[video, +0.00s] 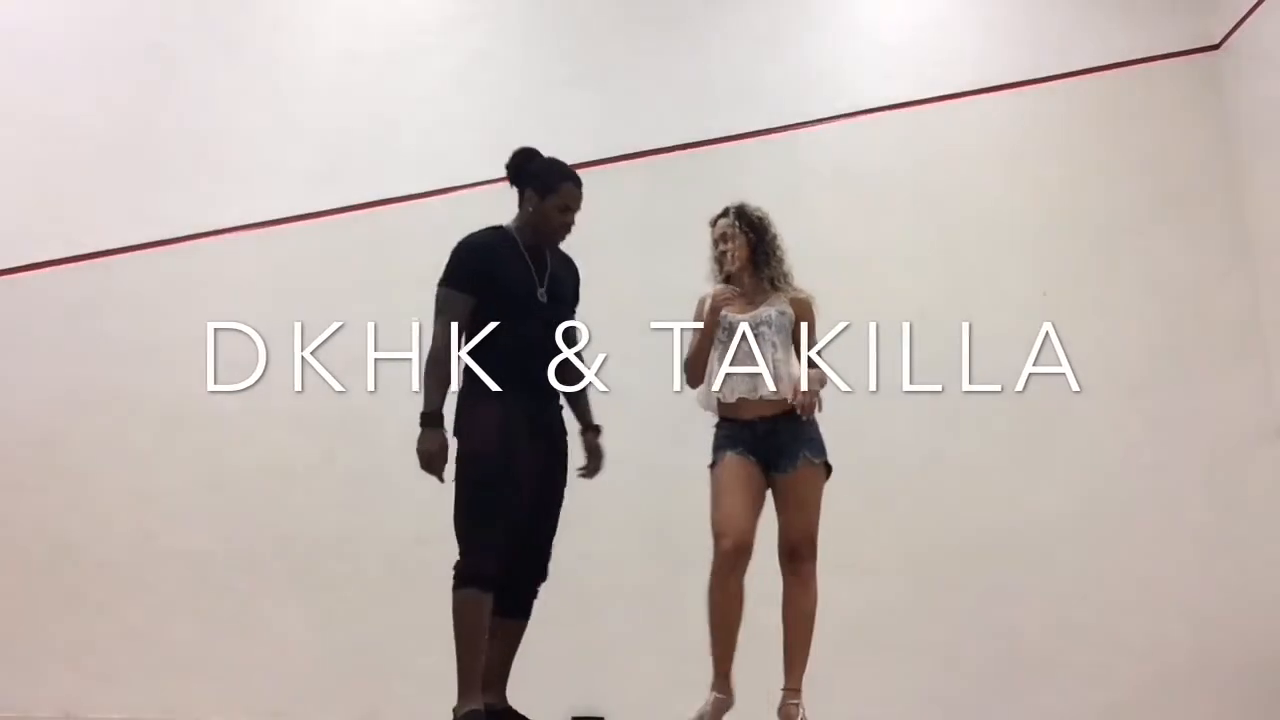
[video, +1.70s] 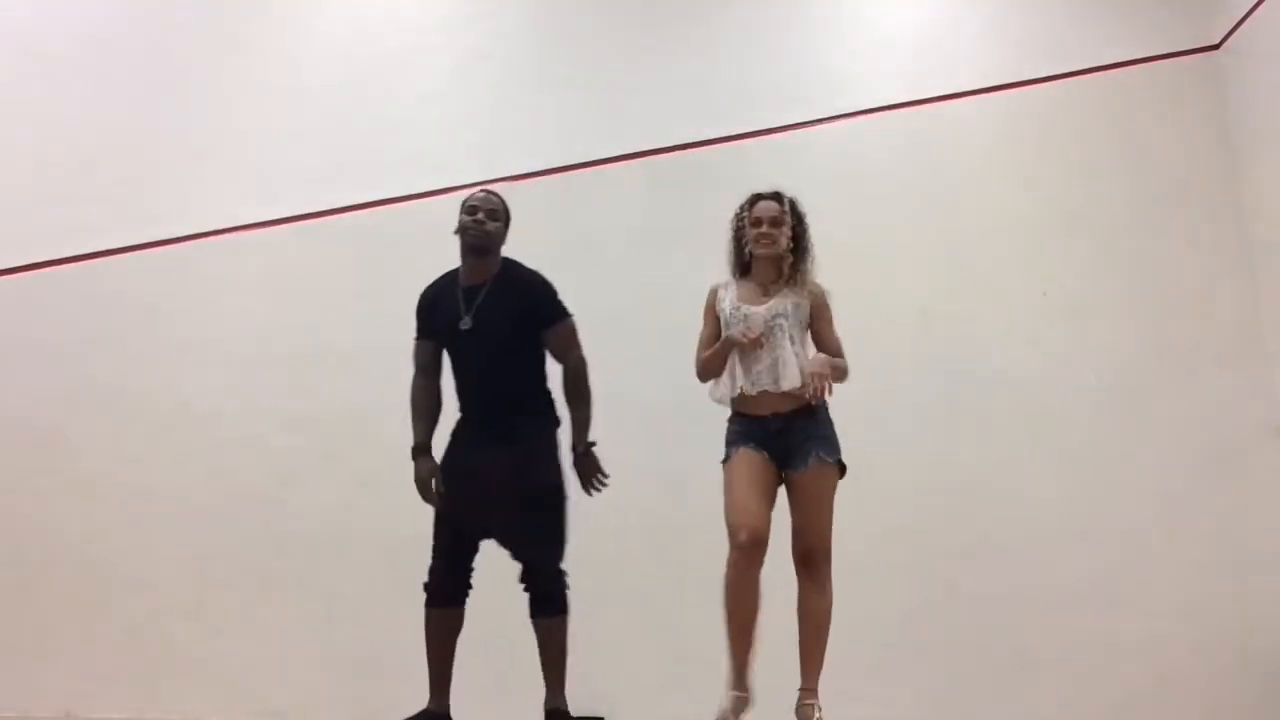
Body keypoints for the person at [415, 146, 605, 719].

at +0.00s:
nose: (573, 221)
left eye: (577, 210)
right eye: (565, 209)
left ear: (565, 208)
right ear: (528, 201)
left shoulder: (564, 269)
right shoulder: (479, 251)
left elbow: (566, 356)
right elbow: (445, 341)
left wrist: (588, 425)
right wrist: (433, 421)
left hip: (544, 432)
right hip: (487, 427)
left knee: (527, 563)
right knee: (482, 556)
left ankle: (495, 696)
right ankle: (469, 699)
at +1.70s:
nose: (479, 219)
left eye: (491, 215)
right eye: (471, 212)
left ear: (505, 233)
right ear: (457, 227)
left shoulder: (531, 288)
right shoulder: (437, 297)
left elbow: (574, 362)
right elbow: (426, 377)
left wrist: (581, 442)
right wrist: (422, 449)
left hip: (531, 449)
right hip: (469, 448)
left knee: (544, 577)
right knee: (445, 577)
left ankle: (556, 703)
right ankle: (438, 704)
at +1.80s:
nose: (471, 219)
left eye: (484, 216)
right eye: (465, 212)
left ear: (499, 235)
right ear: (451, 227)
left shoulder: (524, 290)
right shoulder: (429, 297)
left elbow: (560, 369)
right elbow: (417, 372)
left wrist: (561, 447)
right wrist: (416, 439)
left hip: (516, 446)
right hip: (459, 444)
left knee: (513, 571)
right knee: (439, 573)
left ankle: (543, 700)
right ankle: (438, 704)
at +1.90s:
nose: (475, 215)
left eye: (487, 212)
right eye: (466, 209)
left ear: (500, 234)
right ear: (450, 227)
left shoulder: (521, 291)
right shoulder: (425, 295)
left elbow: (549, 376)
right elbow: (411, 368)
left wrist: (542, 449)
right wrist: (418, 424)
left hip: (509, 444)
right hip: (451, 444)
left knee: (486, 559)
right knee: (436, 569)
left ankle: (527, 691)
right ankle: (437, 704)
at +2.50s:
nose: (501, 210)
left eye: (512, 207)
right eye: (491, 206)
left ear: (526, 230)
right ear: (476, 228)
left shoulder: (543, 300)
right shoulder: (448, 272)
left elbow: (559, 377)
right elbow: (403, 346)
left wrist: (515, 390)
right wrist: (378, 419)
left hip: (504, 456)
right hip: (438, 452)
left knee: (497, 577)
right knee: (425, 569)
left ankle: (465, 703)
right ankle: (432, 689)